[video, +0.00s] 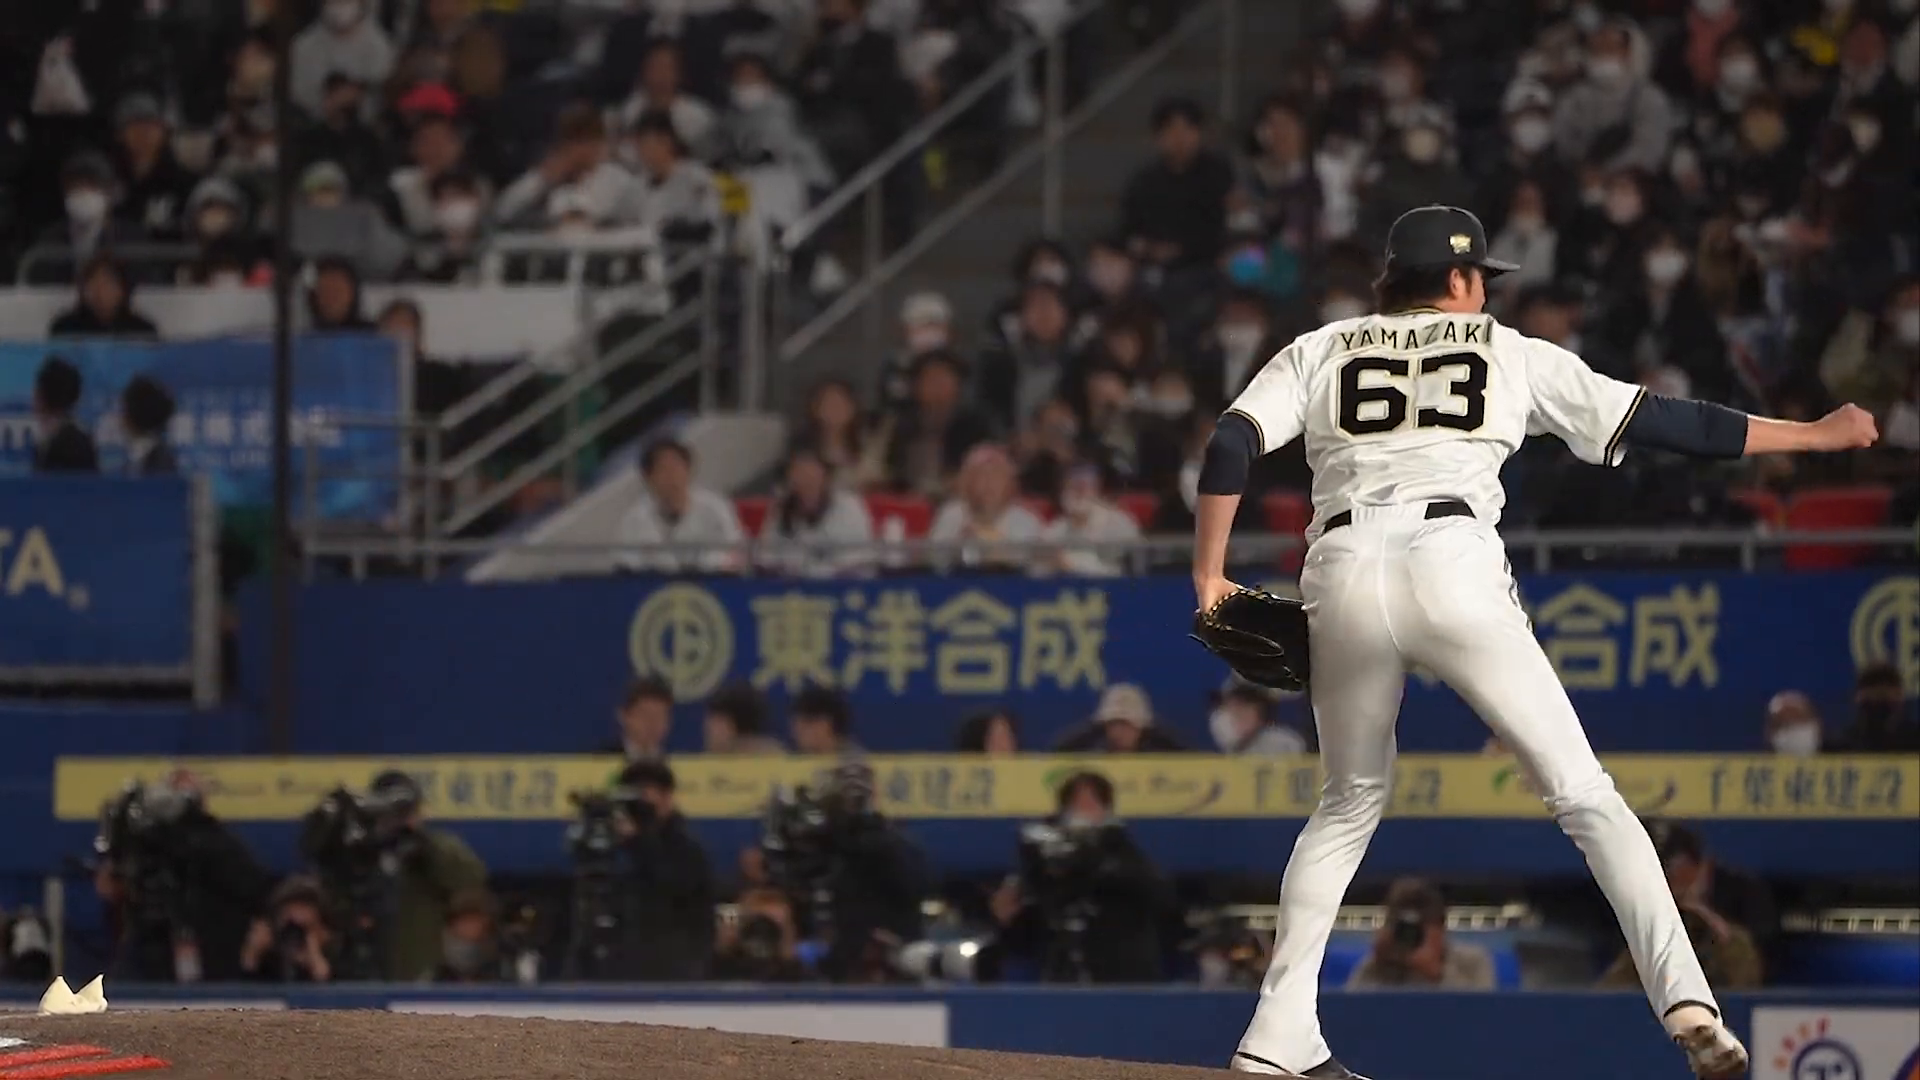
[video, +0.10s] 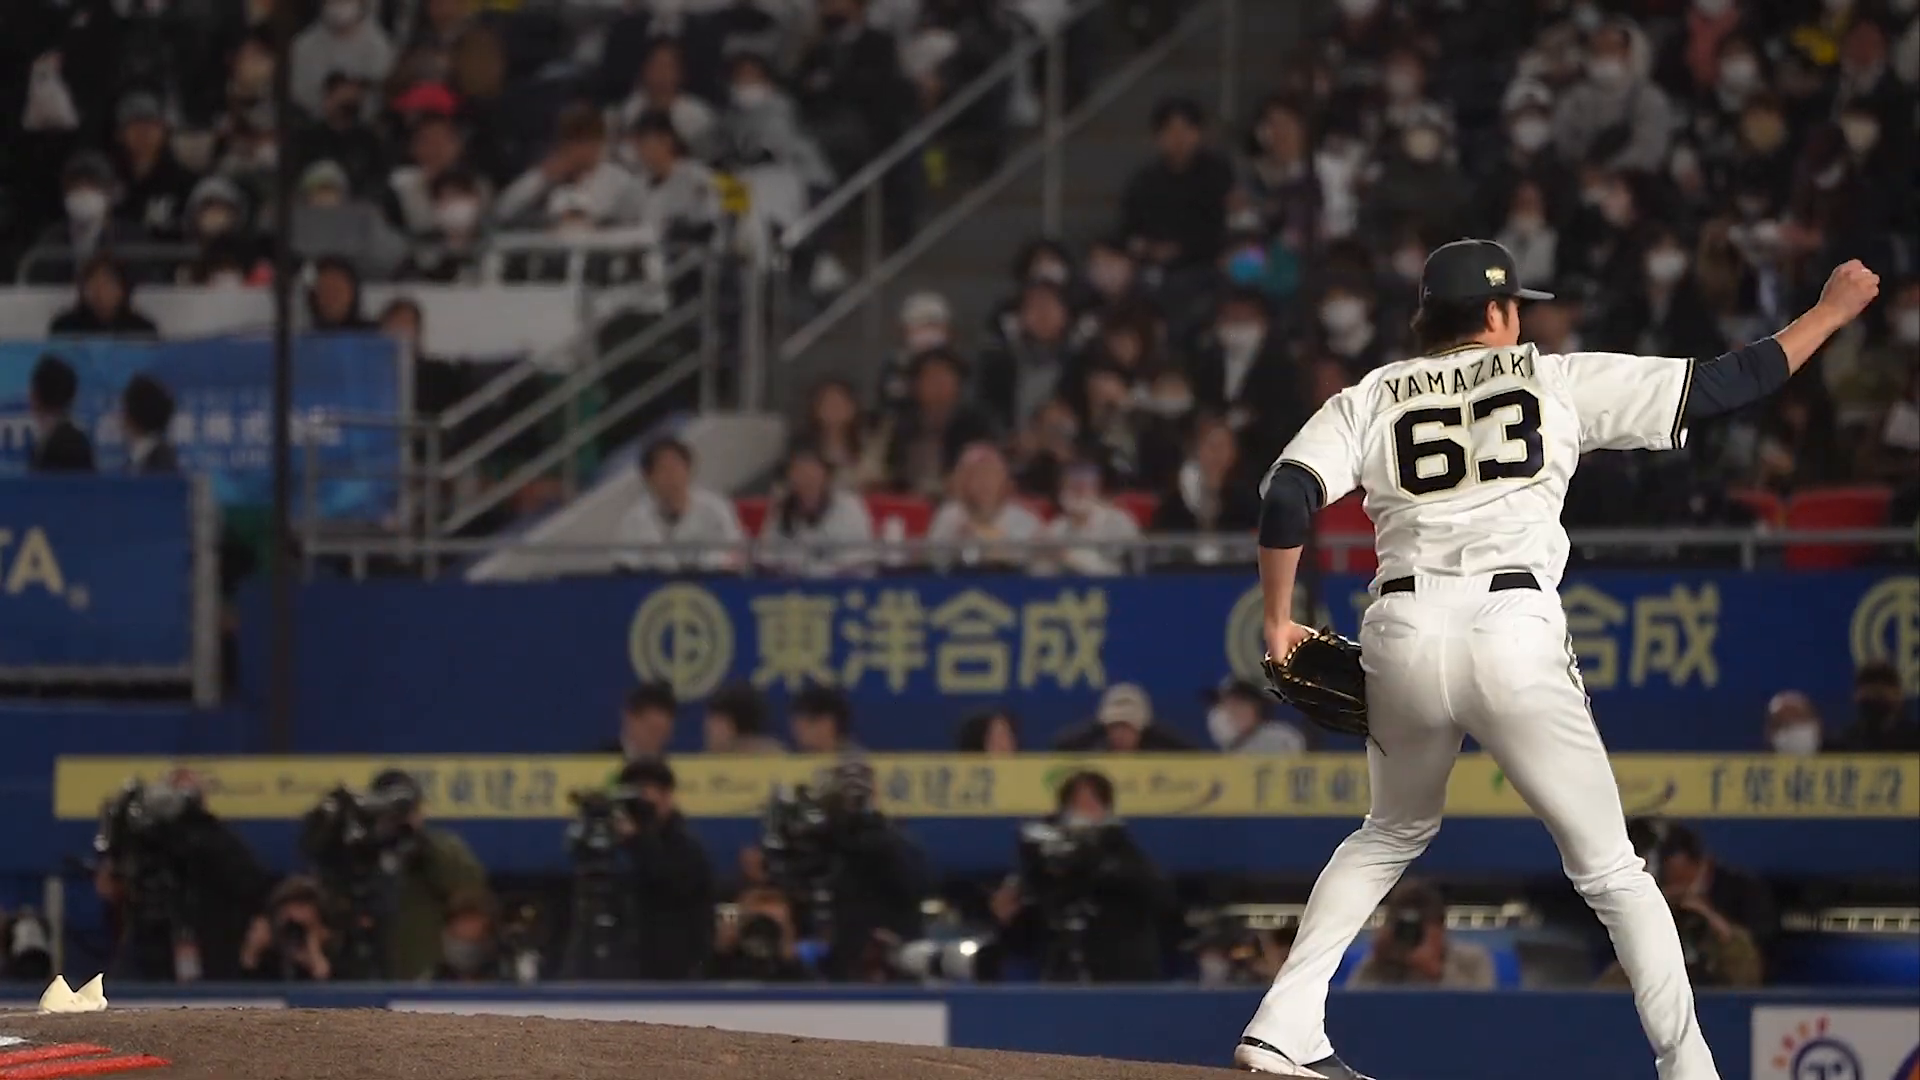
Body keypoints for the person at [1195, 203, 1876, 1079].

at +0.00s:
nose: (1486, 287)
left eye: (1480, 273)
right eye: (1480, 274)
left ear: (1392, 280)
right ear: (1462, 279)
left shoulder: (1322, 347)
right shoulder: (1513, 351)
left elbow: (1229, 444)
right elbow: (1665, 421)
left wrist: (1208, 576)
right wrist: (1816, 435)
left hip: (1338, 564)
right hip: (1455, 556)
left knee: (1345, 804)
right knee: (1581, 795)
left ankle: (1278, 1035)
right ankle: (1685, 1000)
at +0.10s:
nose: (1518, 317)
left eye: (1511, 305)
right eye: (1510, 305)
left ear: (1431, 317)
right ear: (1495, 314)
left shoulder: (1371, 395)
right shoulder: (1555, 377)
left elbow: (1286, 490)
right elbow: (1718, 384)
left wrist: (1278, 621)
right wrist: (1831, 311)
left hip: (1399, 630)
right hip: (1518, 628)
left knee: (1388, 829)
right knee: (1610, 871)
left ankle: (1283, 1026)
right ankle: (1688, 1064)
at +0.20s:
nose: (1536, 312)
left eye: (1529, 297)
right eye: (1532, 298)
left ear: (1443, 310)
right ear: (1515, 304)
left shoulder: (1389, 399)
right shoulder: (1572, 371)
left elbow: (1305, 510)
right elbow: (1735, 355)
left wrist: (1305, 631)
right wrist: (1750, 251)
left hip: (1412, 636)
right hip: (1529, 639)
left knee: (1419, 842)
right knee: (1645, 870)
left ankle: (1295, 1014)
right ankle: (1691, 1064)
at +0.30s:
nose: (1520, 243)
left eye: (1515, 227)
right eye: (1516, 228)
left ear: (1430, 235)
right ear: (1499, 234)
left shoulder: (1359, 328)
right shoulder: (1539, 303)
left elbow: (1272, 445)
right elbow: (1696, 283)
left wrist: (1297, 568)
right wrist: (1638, 181)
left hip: (1383, 584)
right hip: (1492, 582)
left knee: (1415, 816)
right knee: (1598, 832)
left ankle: (1295, 1009)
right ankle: (1684, 1051)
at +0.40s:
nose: (1493, 211)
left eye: (1491, 193)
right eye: (1488, 195)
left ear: (1400, 190)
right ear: (1466, 193)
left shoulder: (1322, 273)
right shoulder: (1486, 256)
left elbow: (1233, 403)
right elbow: (1632, 212)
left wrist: (1277, 533)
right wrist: (1534, 140)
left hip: (1347, 557)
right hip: (1450, 547)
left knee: (1389, 800)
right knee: (1553, 784)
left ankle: (1294, 1013)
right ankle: (1602, 1026)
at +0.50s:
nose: (1457, 231)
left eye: (1453, 212)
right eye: (1451, 213)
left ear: (1362, 202)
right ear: (1427, 202)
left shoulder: (1287, 283)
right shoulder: (1431, 260)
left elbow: (1210, 417)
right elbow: (1560, 187)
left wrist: (1256, 549)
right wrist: (1450, 141)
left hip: (1318, 564)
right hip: (1409, 558)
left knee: (1355, 812)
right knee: (1517, 786)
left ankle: (1283, 1034)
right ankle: (1484, 1024)